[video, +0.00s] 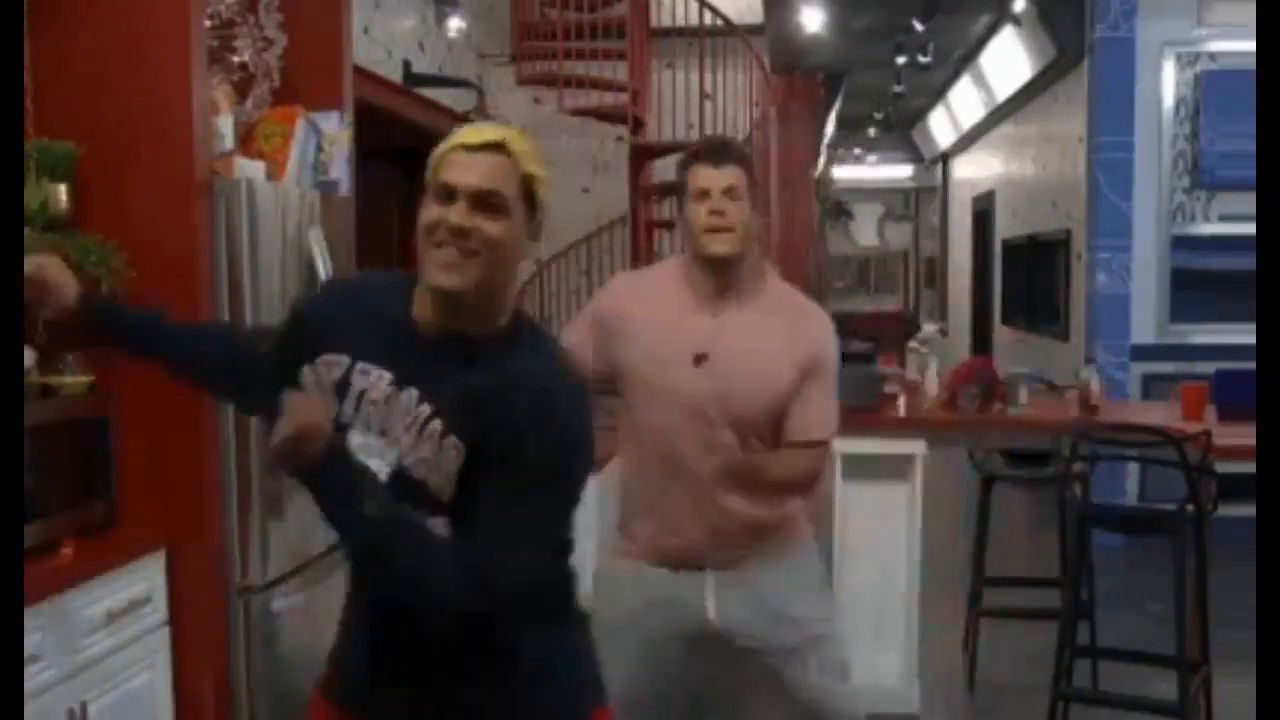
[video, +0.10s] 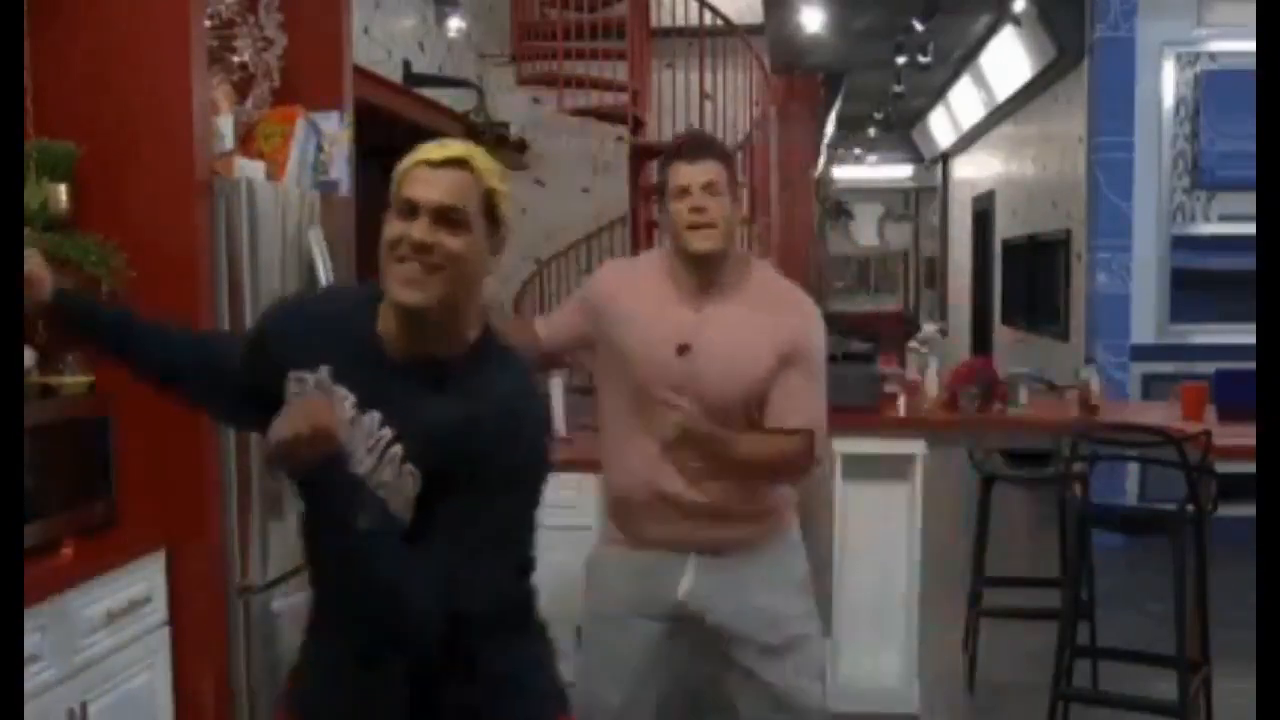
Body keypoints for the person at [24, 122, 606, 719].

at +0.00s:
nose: (457, 220)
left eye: (488, 207)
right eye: (444, 198)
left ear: (530, 235)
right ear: (419, 213)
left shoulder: (543, 395)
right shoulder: (346, 313)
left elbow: (484, 583)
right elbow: (258, 371)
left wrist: (331, 471)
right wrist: (89, 315)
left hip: (515, 689)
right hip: (374, 671)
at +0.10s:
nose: (419, 236)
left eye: (449, 222)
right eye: (406, 213)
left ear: (492, 249)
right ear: (383, 226)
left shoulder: (506, 404)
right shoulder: (319, 327)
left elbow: (438, 605)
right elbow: (233, 379)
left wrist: (325, 475)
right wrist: (62, 303)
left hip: (484, 685)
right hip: (346, 672)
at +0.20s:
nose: (355, 204)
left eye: (386, 188)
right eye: (341, 182)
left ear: (432, 217)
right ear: (320, 198)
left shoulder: (471, 355)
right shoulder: (259, 321)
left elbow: (426, 553)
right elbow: (183, 423)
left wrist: (228, 520)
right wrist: (40, 436)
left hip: (443, 678)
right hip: (298, 671)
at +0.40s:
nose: (294, 207)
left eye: (320, 187)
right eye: (276, 189)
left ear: (370, 201)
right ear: (260, 207)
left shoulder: (449, 334)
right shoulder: (222, 363)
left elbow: (446, 536)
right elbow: (174, 539)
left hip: (441, 667)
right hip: (288, 669)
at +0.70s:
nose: (293, 215)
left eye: (316, 191)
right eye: (274, 202)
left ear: (373, 199)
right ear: (264, 229)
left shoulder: (489, 267)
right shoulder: (278, 392)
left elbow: (651, 333)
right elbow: (362, 563)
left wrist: (826, 367)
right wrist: (471, 485)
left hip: (559, 655)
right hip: (406, 669)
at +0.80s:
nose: (344, 232)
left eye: (366, 207)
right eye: (324, 219)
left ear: (421, 220)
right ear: (313, 247)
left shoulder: (527, 285)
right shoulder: (320, 420)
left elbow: (686, 309)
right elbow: (387, 583)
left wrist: (840, 318)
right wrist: (455, 464)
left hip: (599, 674)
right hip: (444, 685)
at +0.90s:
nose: (425, 238)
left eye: (449, 215)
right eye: (404, 225)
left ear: (502, 231)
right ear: (387, 253)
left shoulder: (596, 316)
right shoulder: (382, 421)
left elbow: (743, 381)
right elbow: (428, 611)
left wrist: (878, 423)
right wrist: (505, 539)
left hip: (642, 676)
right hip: (490, 688)